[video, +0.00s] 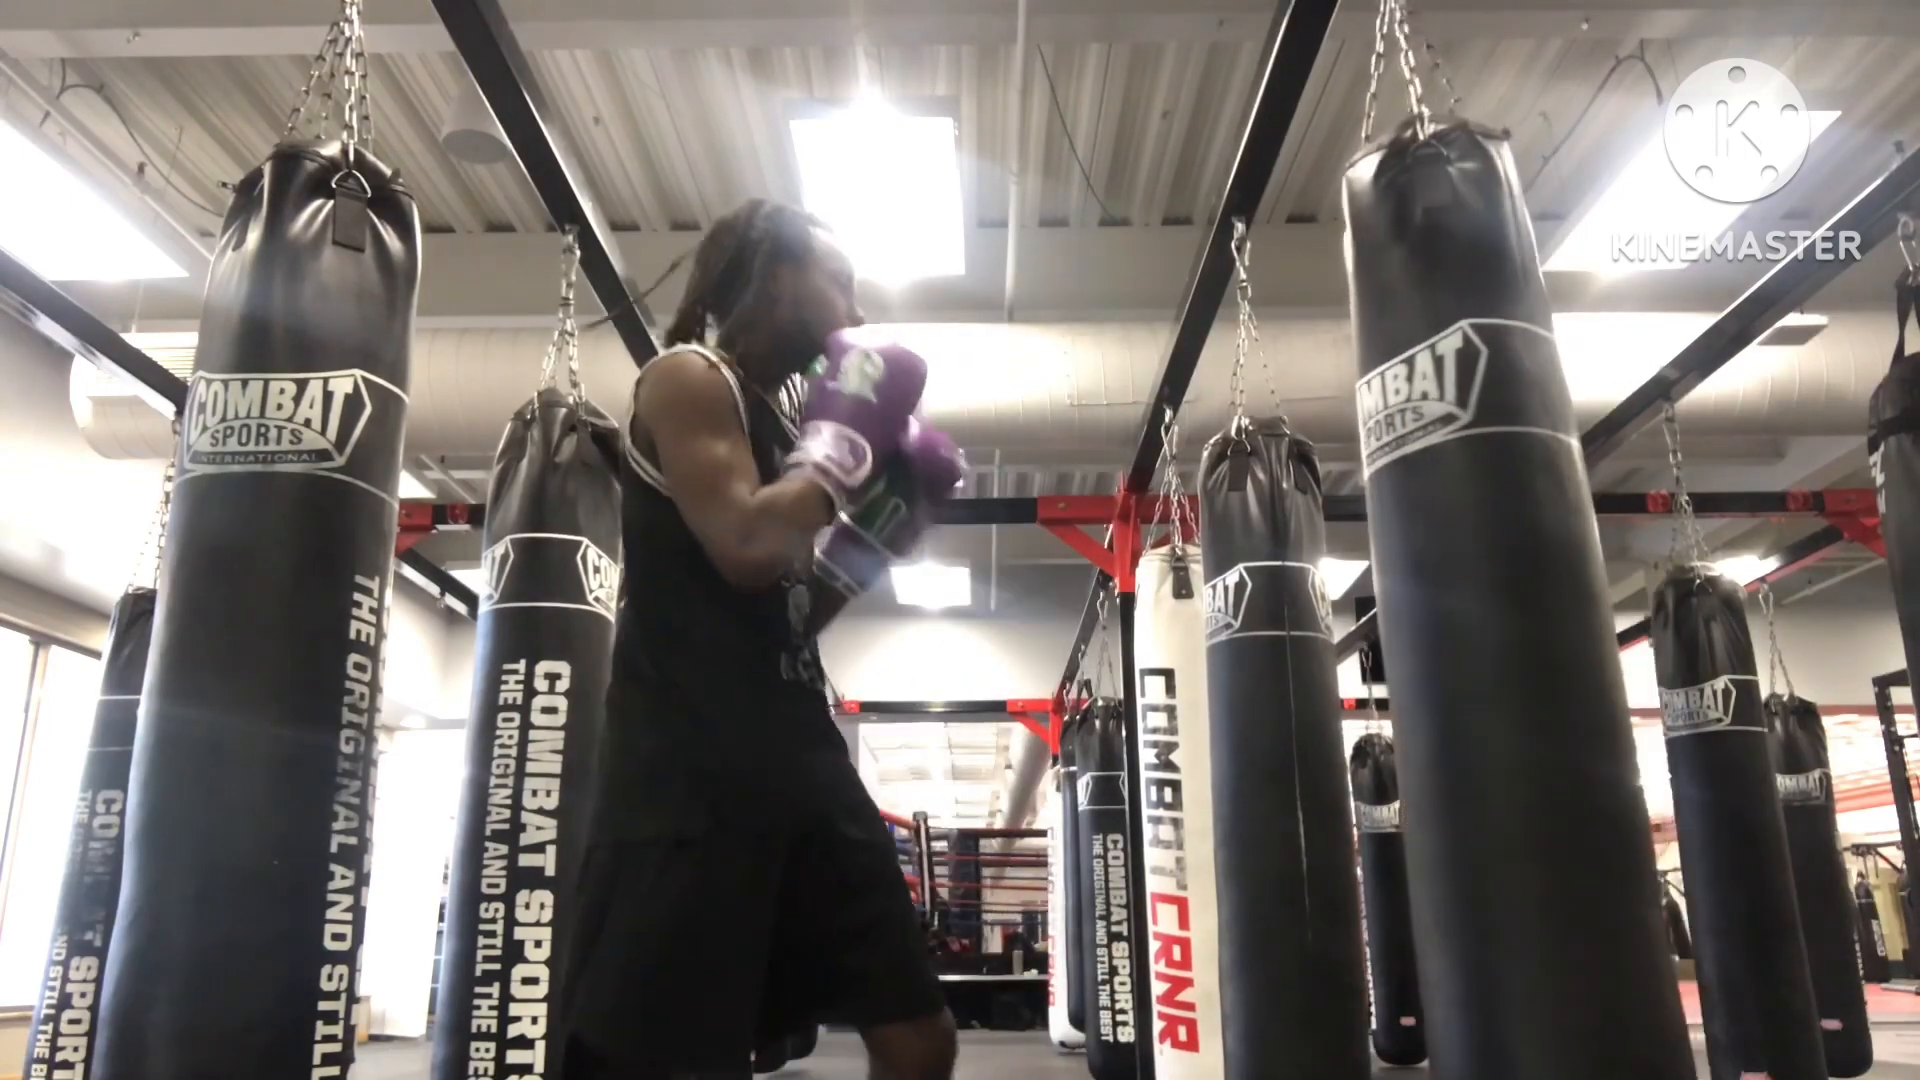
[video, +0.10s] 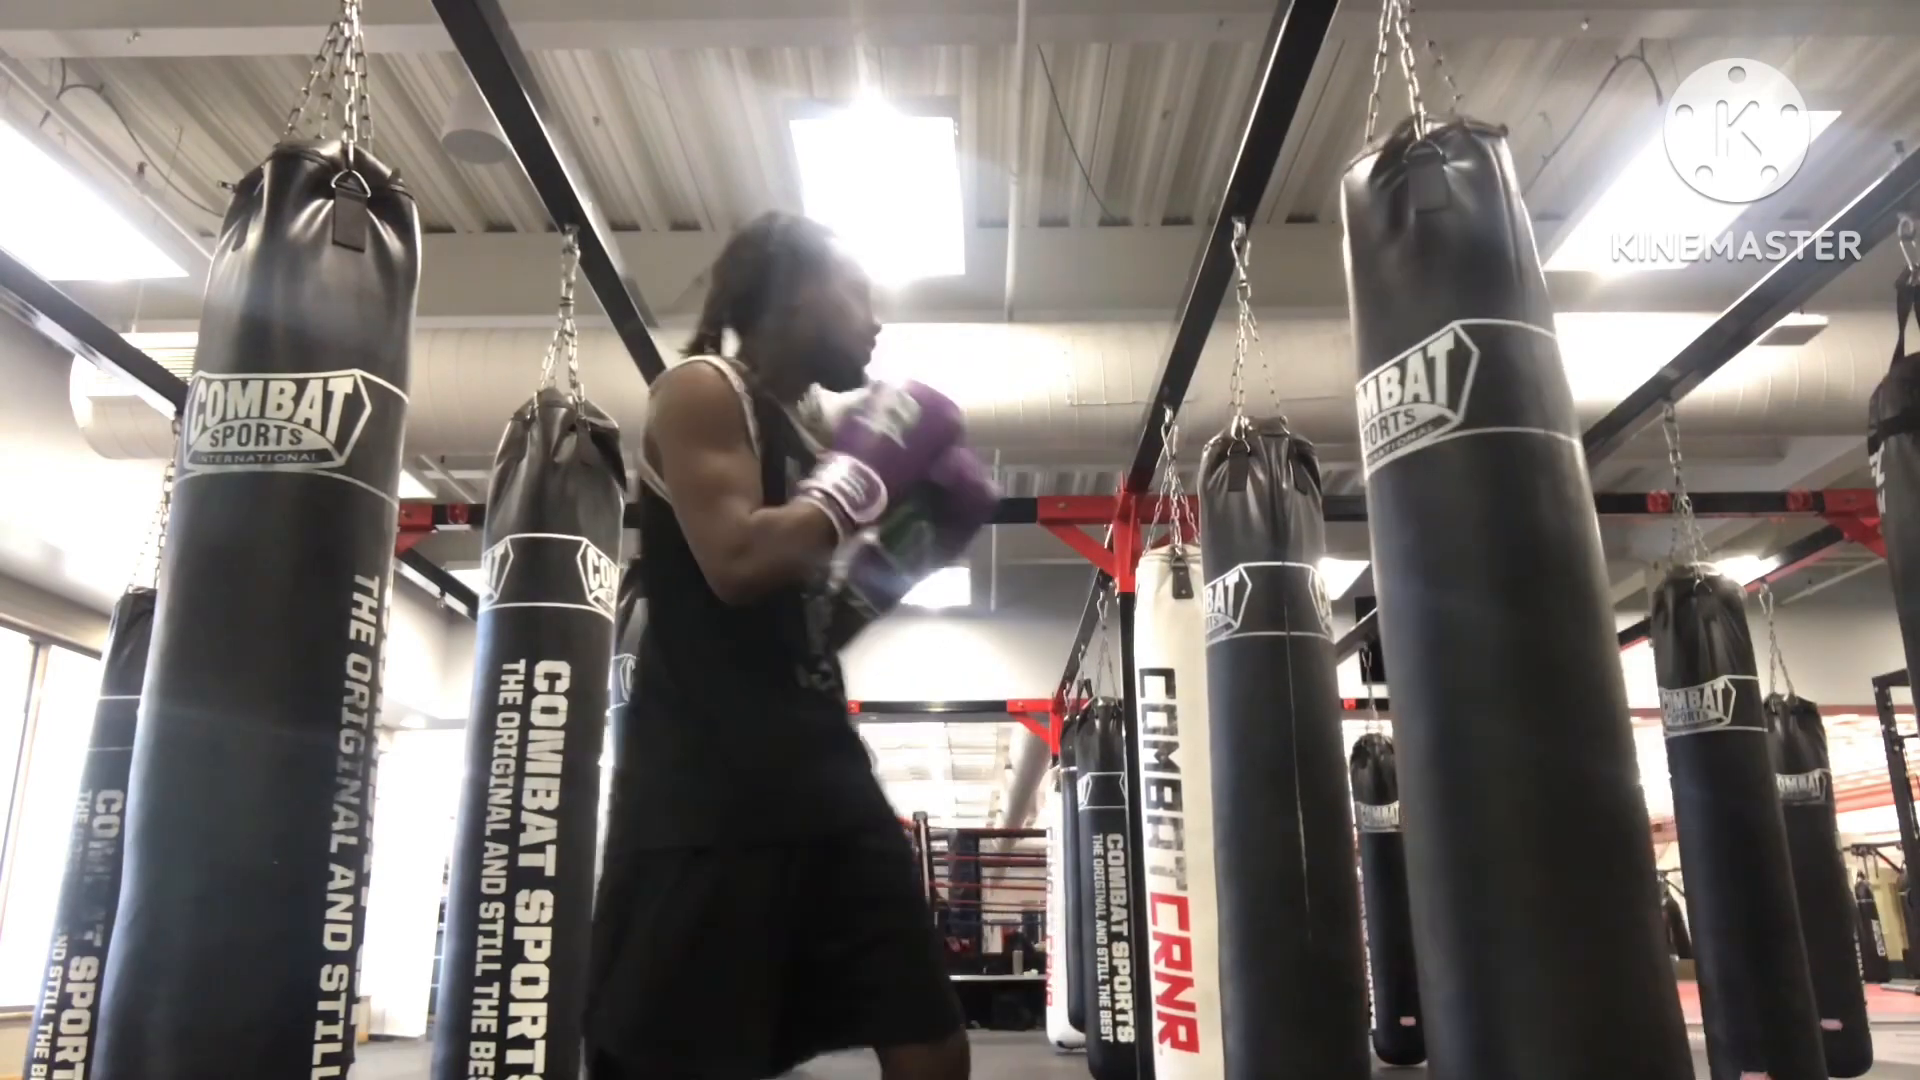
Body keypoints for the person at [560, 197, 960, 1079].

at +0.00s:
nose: (853, 308)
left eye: (851, 286)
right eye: (835, 279)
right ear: (768, 276)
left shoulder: (772, 418)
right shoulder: (686, 375)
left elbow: (789, 617)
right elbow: (746, 543)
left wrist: (890, 526)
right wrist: (843, 437)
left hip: (796, 760)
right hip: (695, 765)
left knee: (916, 1038)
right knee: (672, 1048)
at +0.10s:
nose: (878, 314)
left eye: (870, 291)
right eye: (856, 287)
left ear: (789, 303)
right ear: (791, 292)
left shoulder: (802, 433)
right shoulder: (699, 387)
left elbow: (806, 633)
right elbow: (738, 559)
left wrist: (916, 542)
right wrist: (864, 469)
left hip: (820, 779)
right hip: (710, 788)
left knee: (929, 1048)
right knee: (683, 1053)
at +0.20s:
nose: (902, 305)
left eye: (891, 281)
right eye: (877, 278)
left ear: (816, 296)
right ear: (821, 285)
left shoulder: (841, 428)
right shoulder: (727, 379)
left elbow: (844, 642)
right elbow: (742, 549)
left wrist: (927, 552)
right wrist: (884, 484)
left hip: (847, 770)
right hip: (733, 774)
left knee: (927, 1042)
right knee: (706, 1049)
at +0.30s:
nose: (931, 303)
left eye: (926, 283)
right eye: (913, 278)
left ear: (847, 292)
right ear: (849, 278)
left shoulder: (866, 429)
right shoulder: (755, 373)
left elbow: (906, 629)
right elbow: (766, 541)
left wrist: (962, 518)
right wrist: (900, 467)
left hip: (875, 772)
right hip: (774, 773)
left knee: (936, 1052)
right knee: (750, 1052)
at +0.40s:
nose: (946, 310)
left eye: (944, 289)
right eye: (930, 282)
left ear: (866, 291)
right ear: (862, 277)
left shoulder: (880, 420)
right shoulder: (776, 369)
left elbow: (890, 647)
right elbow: (821, 538)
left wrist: (958, 557)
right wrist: (926, 443)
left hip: (883, 770)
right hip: (780, 771)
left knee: (954, 1051)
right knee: (744, 1050)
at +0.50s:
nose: (950, 315)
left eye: (949, 293)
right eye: (936, 288)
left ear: (870, 293)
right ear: (869, 281)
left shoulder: (864, 410)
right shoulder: (787, 367)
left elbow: (873, 613)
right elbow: (848, 540)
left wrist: (969, 532)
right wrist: (944, 429)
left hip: (876, 772)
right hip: (783, 771)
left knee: (960, 1047)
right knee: (728, 1046)